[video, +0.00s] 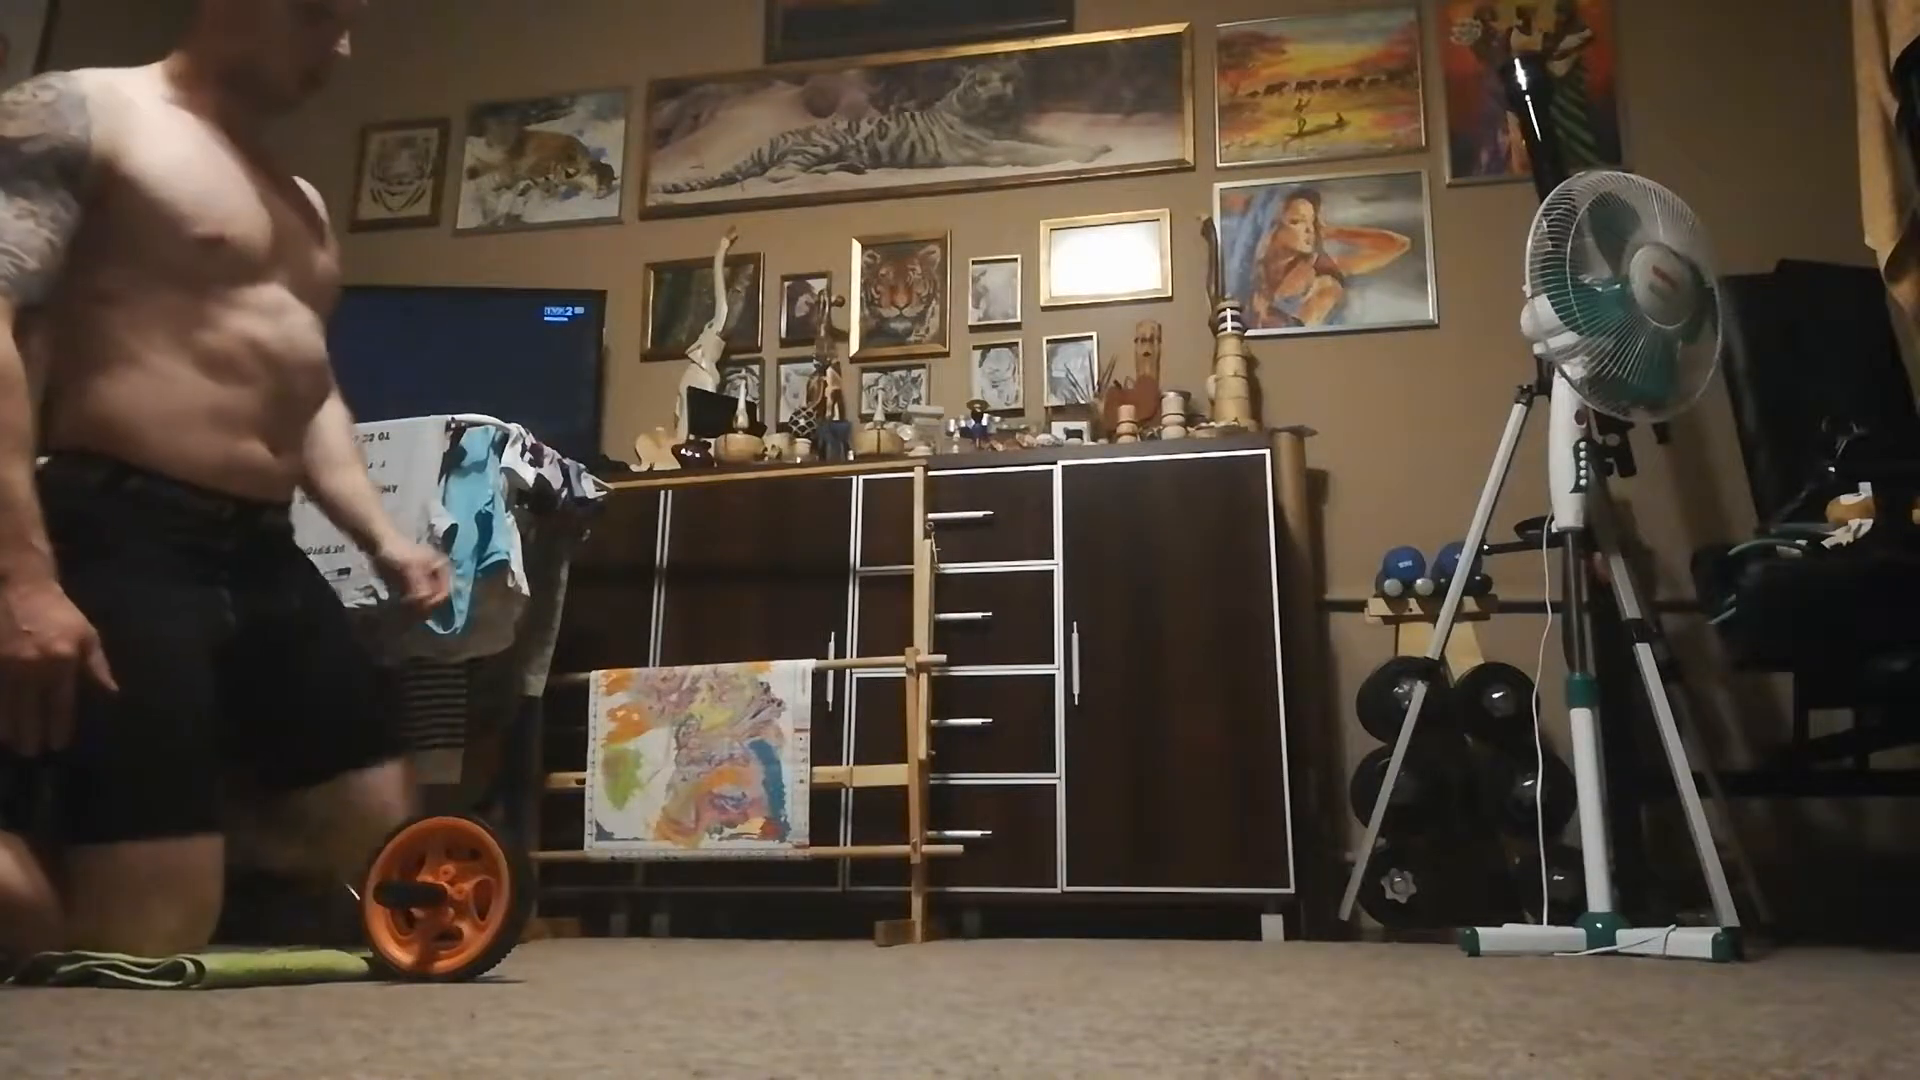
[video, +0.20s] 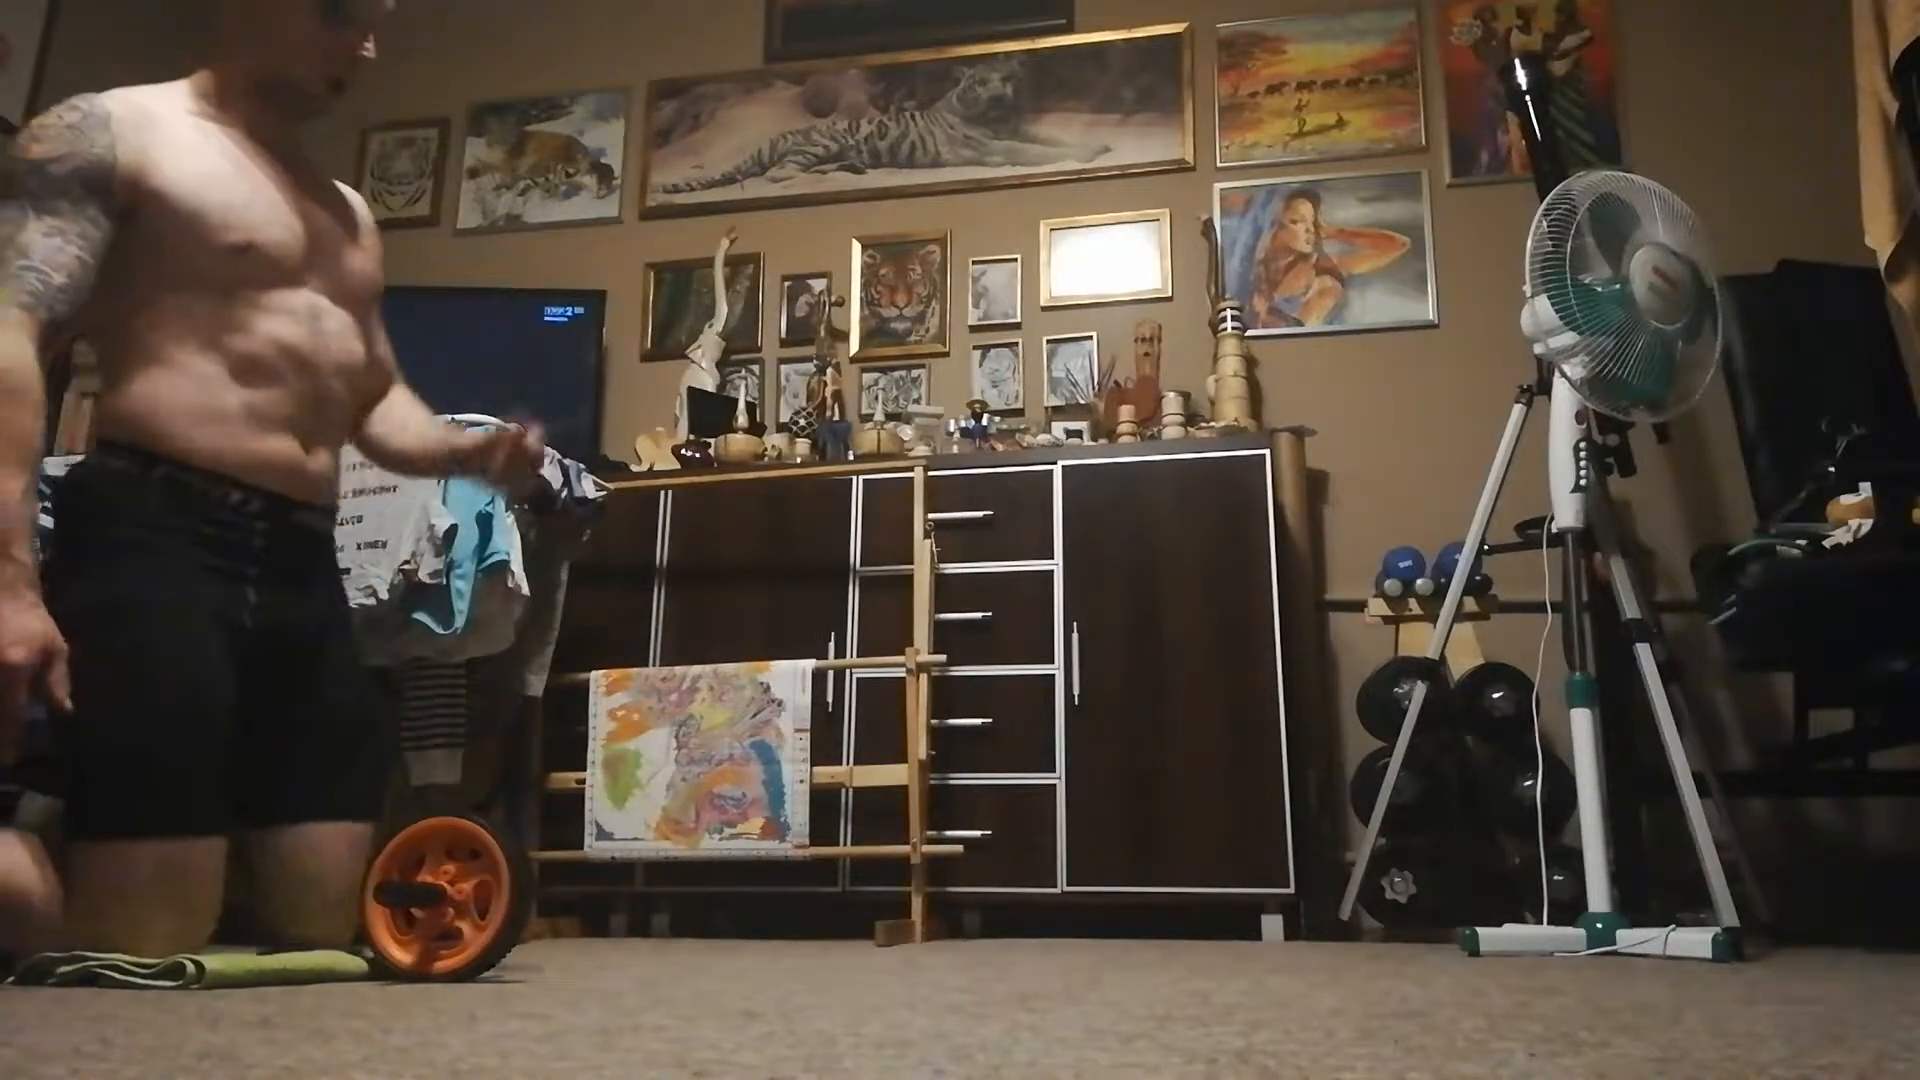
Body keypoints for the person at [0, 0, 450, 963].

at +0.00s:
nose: (341, 50)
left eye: (346, 26)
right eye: (325, 16)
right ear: (237, 7)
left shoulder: (305, 201)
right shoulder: (78, 109)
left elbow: (308, 393)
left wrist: (389, 540)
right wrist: (22, 577)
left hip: (266, 553)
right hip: (120, 540)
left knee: (363, 822)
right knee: (152, 923)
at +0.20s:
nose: (366, 50)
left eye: (372, 27)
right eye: (346, 18)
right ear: (263, 9)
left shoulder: (348, 211)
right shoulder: (111, 128)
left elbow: (378, 399)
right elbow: (15, 338)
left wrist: (472, 447)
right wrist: (12, 584)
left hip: (303, 563)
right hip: (152, 539)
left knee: (319, 922)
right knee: (145, 936)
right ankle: (0, 845)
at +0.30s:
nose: (393, 67)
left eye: (404, 46)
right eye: (369, 31)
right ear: (281, 13)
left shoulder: (377, 233)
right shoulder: (140, 144)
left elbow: (426, 428)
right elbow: (41, 344)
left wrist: (504, 392)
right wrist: (32, 579)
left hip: (317, 576)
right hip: (170, 542)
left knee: (321, 939)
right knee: (148, 937)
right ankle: (1, 844)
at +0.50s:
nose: (480, 123)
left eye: (494, 104)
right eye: (462, 88)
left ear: (499, 112)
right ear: (376, 47)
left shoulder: (443, 288)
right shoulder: (228, 164)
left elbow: (528, 437)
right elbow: (112, 335)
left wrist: (539, 277)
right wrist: (137, 544)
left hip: (357, 592)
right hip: (218, 545)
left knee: (328, 938)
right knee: (165, 925)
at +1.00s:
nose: (528, 155)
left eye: (544, 135)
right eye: (515, 116)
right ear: (436, 70)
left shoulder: (476, 305)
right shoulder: (270, 167)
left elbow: (496, 491)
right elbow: (152, 342)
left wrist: (576, 439)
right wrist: (222, 551)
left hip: (360, 598)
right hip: (221, 551)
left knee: (333, 933)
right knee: (190, 920)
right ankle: (13, 843)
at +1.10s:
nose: (514, 147)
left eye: (534, 125)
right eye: (501, 105)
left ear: (541, 129)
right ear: (421, 57)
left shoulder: (464, 300)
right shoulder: (252, 167)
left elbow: (478, 490)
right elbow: (152, 362)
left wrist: (558, 551)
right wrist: (242, 587)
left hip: (331, 601)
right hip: (187, 563)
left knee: (333, 932)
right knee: (182, 923)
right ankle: (7, 839)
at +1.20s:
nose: (510, 157)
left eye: (529, 134)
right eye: (498, 116)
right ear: (416, 69)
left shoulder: (463, 303)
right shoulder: (242, 182)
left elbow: (482, 498)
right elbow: (173, 406)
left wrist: (533, 647)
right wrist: (279, 632)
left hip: (301, 601)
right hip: (158, 574)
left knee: (332, 926)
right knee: (182, 921)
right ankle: (7, 841)